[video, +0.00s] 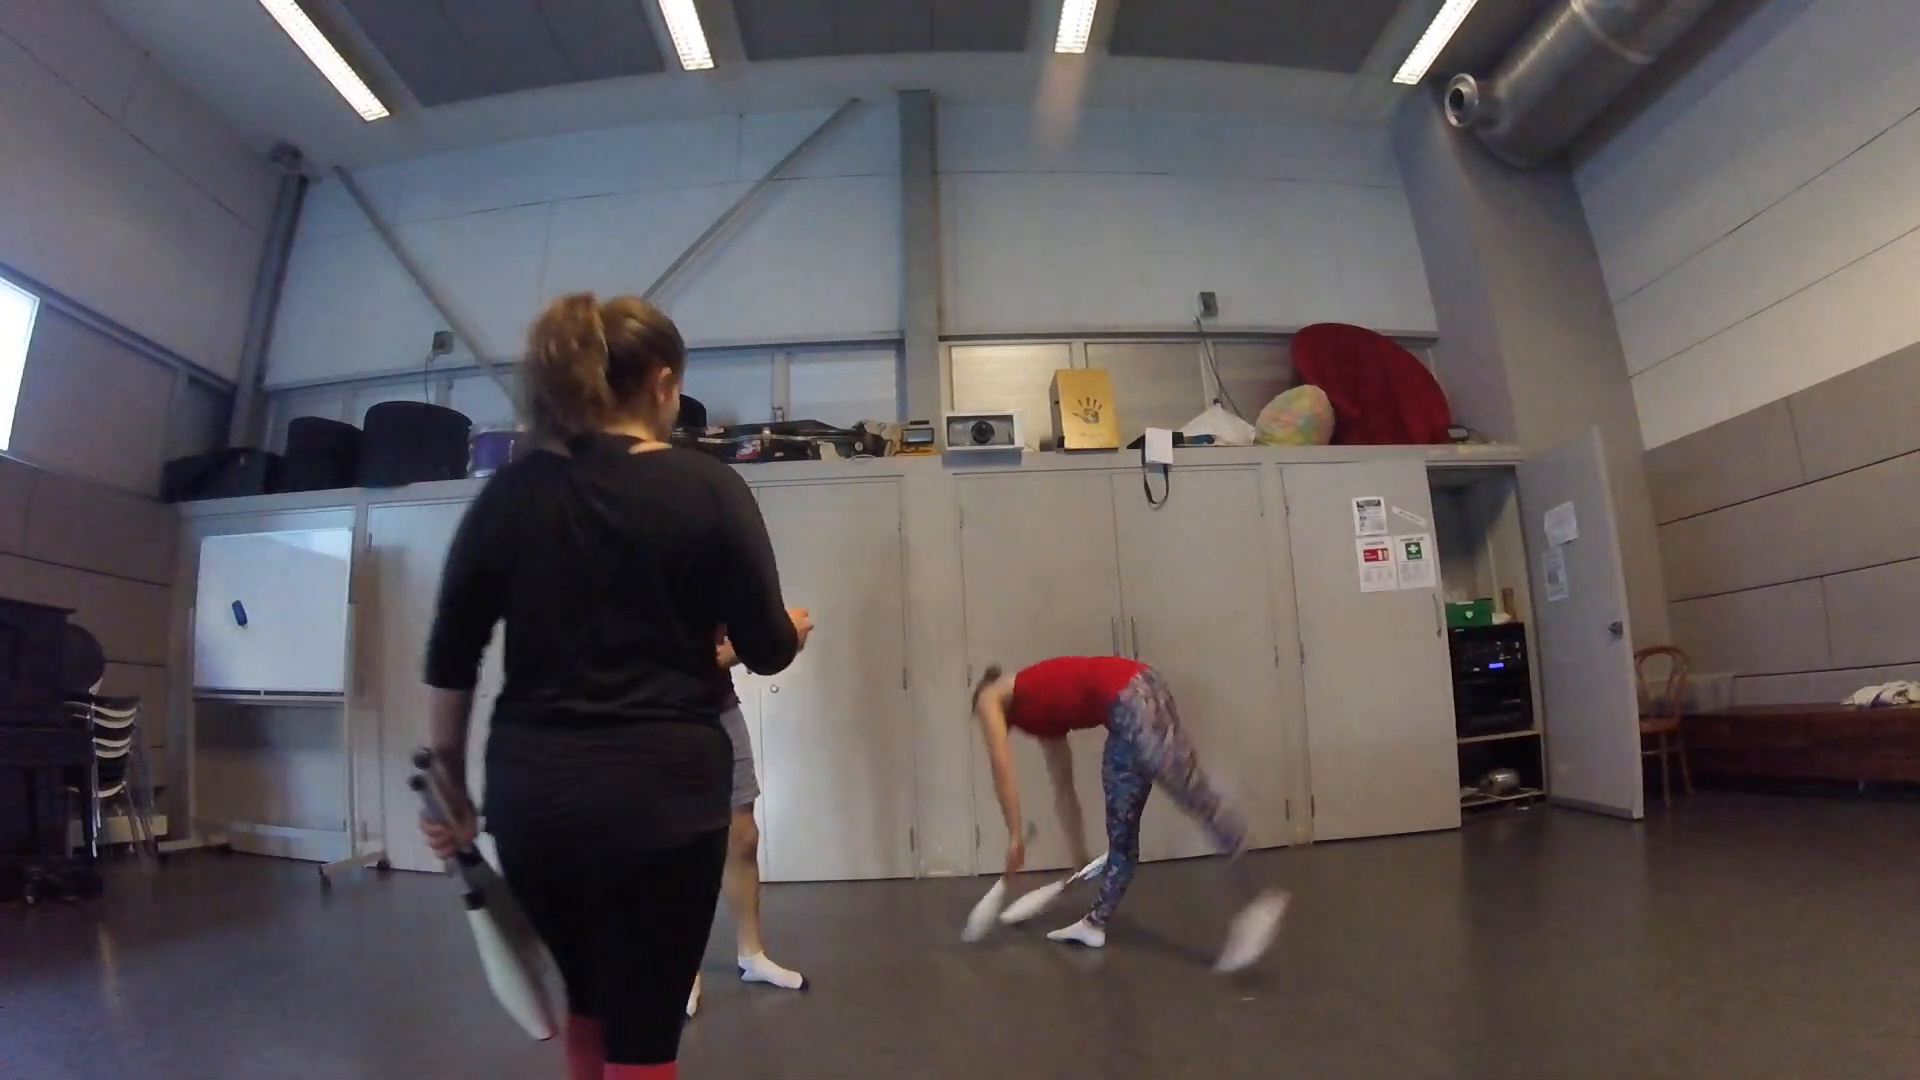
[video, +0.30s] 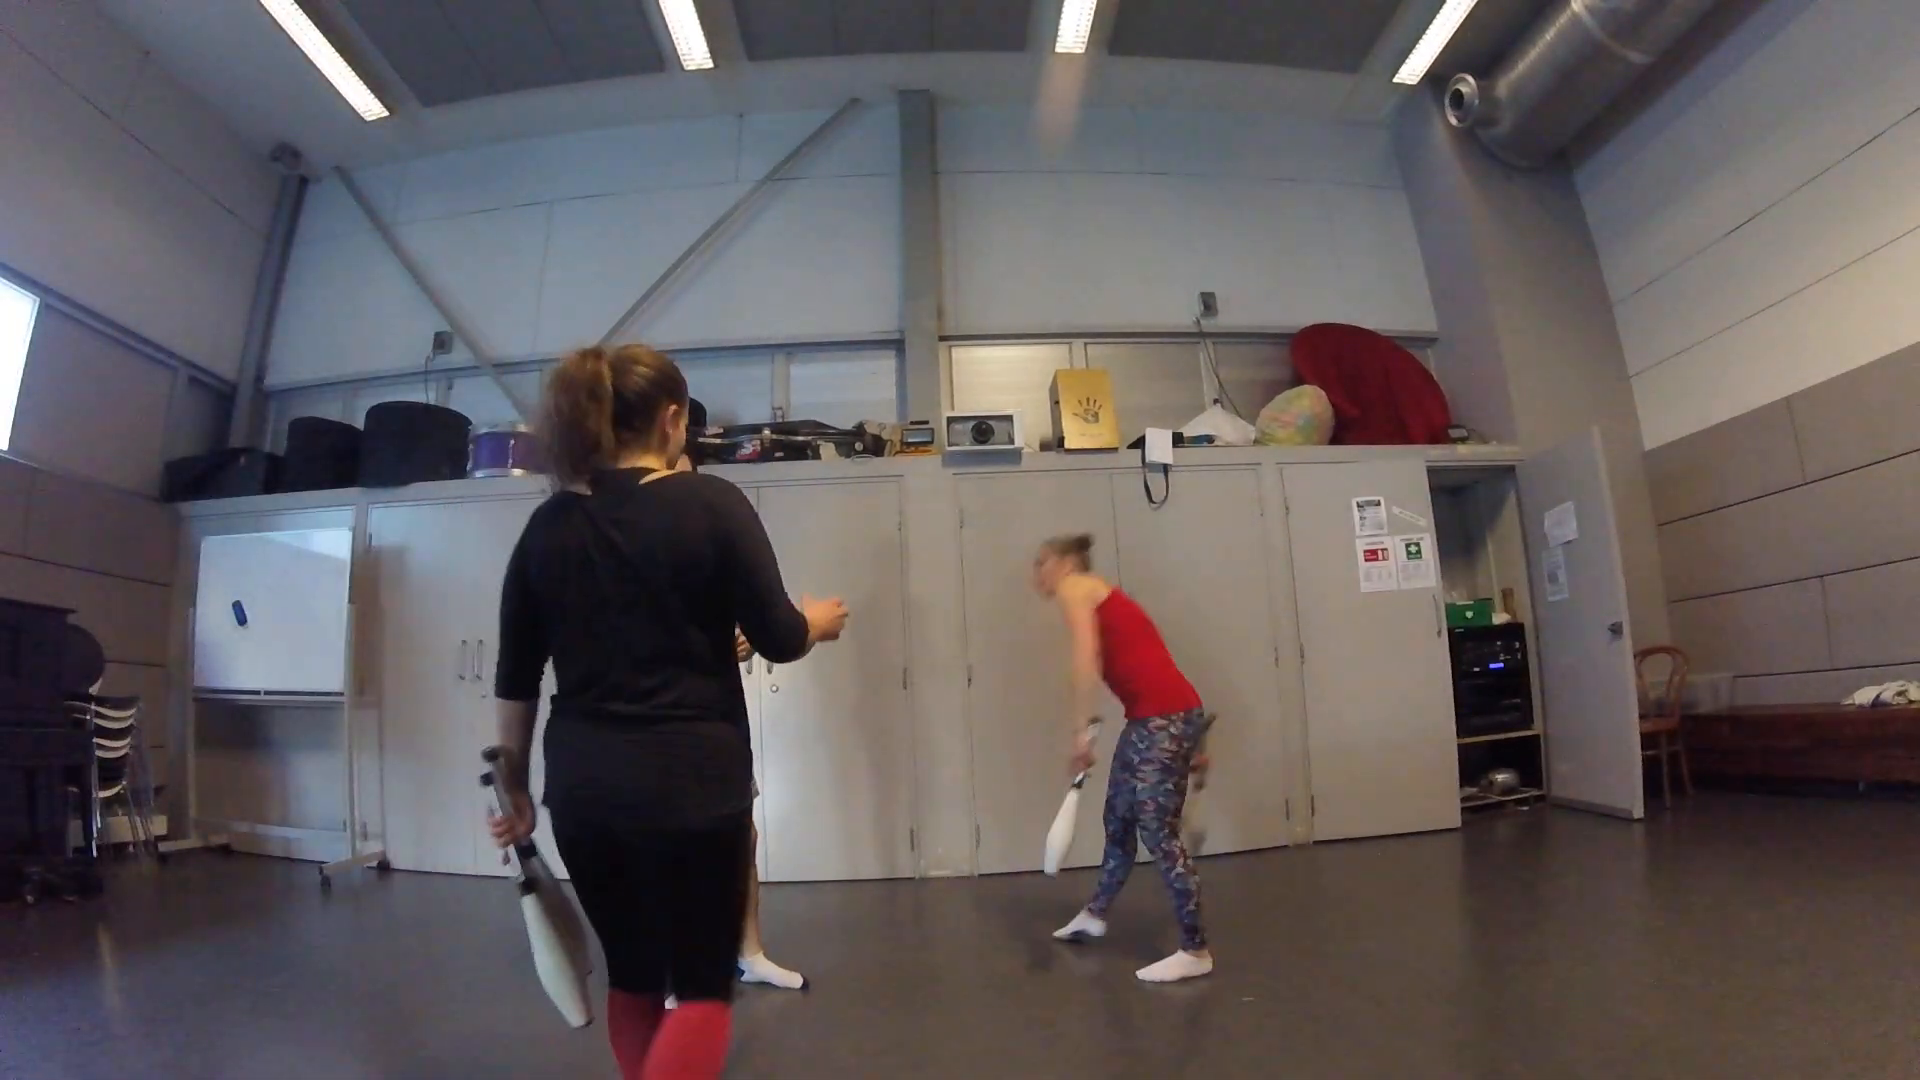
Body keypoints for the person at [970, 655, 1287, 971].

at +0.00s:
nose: (986, 722)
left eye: (981, 712)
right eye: (983, 716)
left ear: (984, 696)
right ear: (1005, 686)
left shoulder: (991, 697)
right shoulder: (1045, 712)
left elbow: (1002, 772)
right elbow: (1063, 786)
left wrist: (1014, 838)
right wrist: (1078, 859)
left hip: (1130, 701)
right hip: (1140, 693)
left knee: (1190, 791)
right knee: (1122, 822)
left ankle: (1257, 894)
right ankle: (1096, 922)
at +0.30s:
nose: (1036, 575)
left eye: (1042, 564)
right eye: (1035, 567)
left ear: (1067, 562)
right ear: (1071, 564)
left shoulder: (1077, 587)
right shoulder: (1098, 591)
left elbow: (1087, 661)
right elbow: (1151, 664)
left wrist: (1082, 734)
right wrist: (1192, 738)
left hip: (1167, 722)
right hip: (1147, 722)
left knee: (1159, 832)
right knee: (1120, 821)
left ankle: (1195, 950)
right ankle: (1096, 913)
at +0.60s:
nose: (1119, 520)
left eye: (1128, 510)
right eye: (1115, 512)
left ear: (1157, 511)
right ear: (1118, 517)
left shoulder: (1170, 557)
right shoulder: (1153, 559)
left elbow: (1196, 634)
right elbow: (1188, 642)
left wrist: (1196, 710)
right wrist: (1225, 710)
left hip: (1194, 717)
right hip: (1172, 715)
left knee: (1186, 826)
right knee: (1151, 807)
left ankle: (1197, 949)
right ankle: (1221, 893)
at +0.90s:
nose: (1191, 541)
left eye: (1195, 530)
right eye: (1186, 533)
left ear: (1220, 520)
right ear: (1188, 530)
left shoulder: (1258, 565)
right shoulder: (1214, 573)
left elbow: (1301, 638)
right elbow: (1214, 654)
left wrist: (1320, 716)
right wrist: (1193, 718)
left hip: (1270, 718)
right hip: (1244, 719)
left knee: (1232, 837)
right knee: (1255, 836)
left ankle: (1200, 950)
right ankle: (1316, 942)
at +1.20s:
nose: (1256, 522)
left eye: (1262, 510)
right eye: (1249, 514)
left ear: (1287, 499)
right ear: (1245, 513)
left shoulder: (1325, 546)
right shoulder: (1271, 555)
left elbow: (1375, 621)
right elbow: (1271, 632)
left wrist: (1409, 696)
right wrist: (1232, 694)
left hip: (1336, 705)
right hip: (1297, 710)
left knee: (1333, 825)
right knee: (1306, 830)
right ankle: (1323, 949)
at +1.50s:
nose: (1335, 512)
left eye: (1341, 499)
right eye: (1326, 503)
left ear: (1368, 491)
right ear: (1322, 505)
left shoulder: (1411, 538)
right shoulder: (1346, 556)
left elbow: (1453, 614)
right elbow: (1354, 644)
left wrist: (1457, 696)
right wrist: (1347, 718)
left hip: (1421, 711)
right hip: (1365, 716)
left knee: (1459, 827)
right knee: (1357, 836)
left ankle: (1511, 938)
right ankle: (1330, 944)